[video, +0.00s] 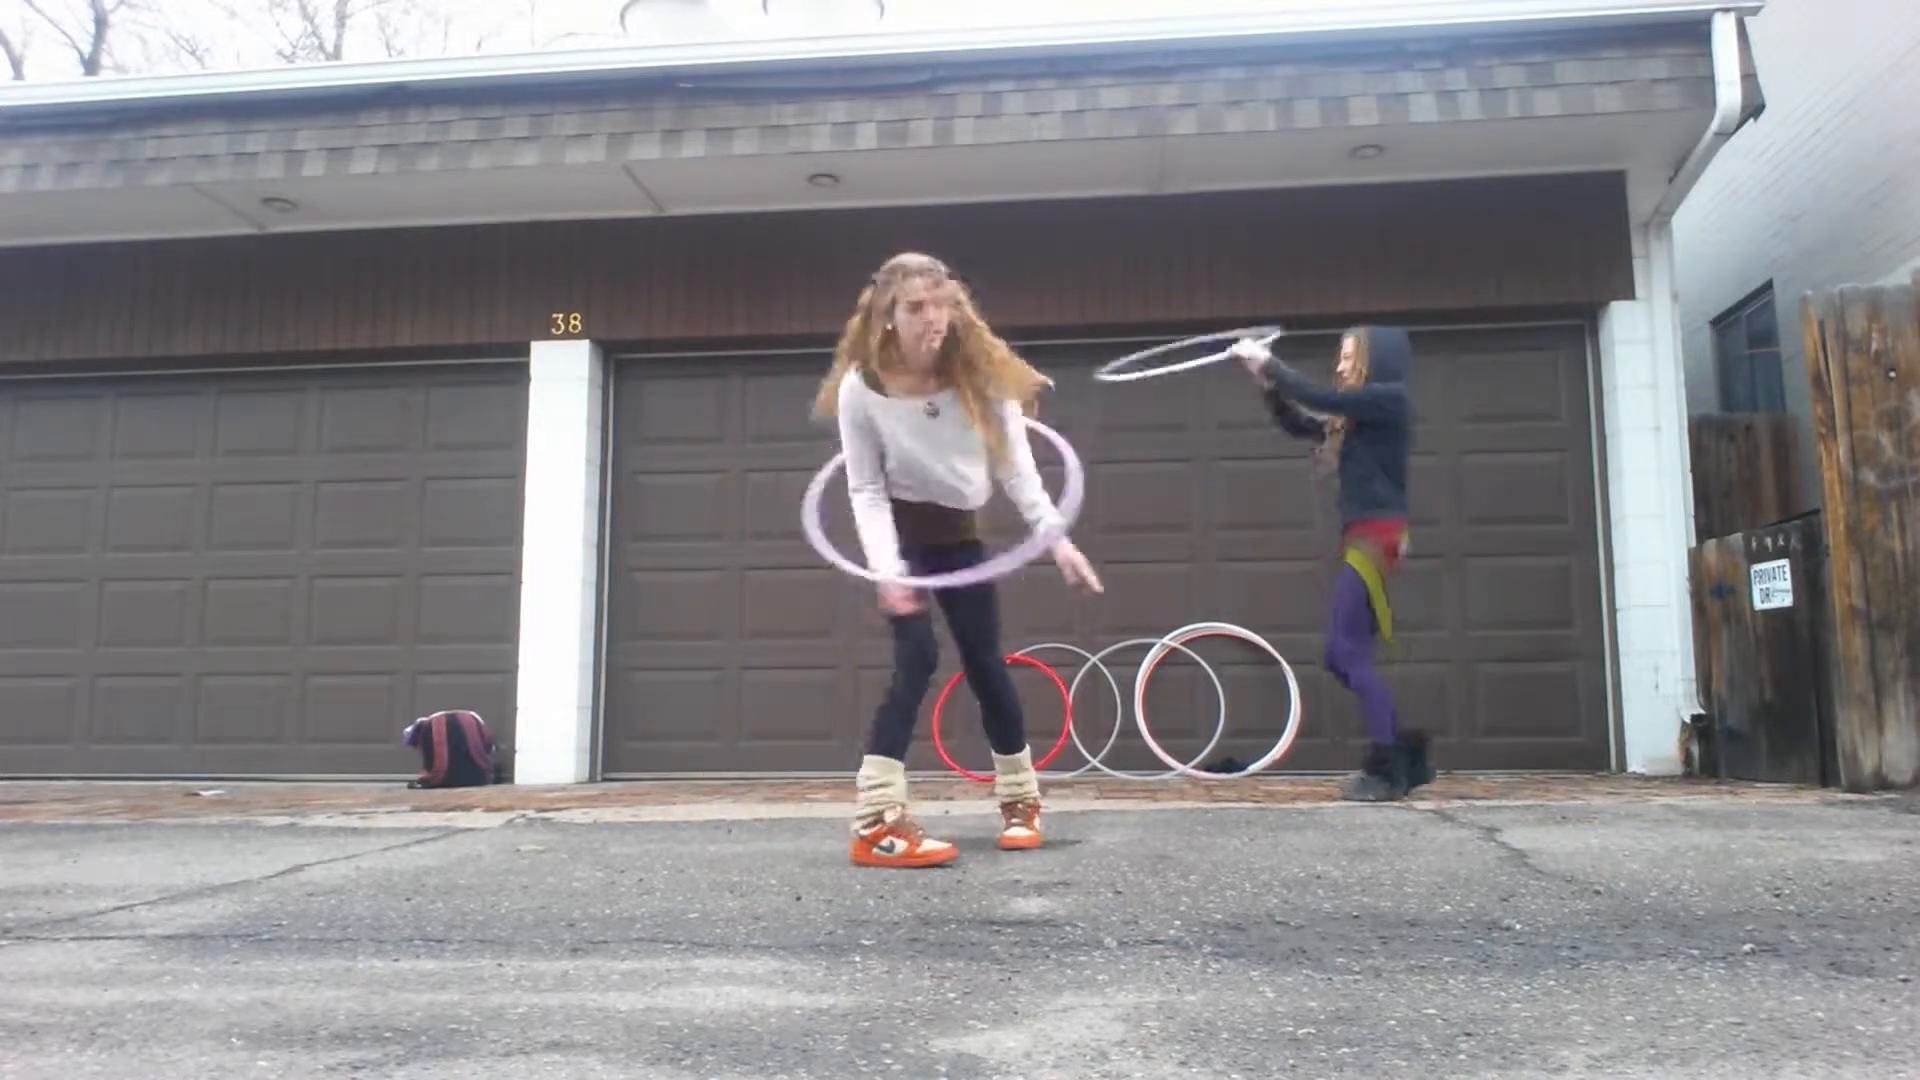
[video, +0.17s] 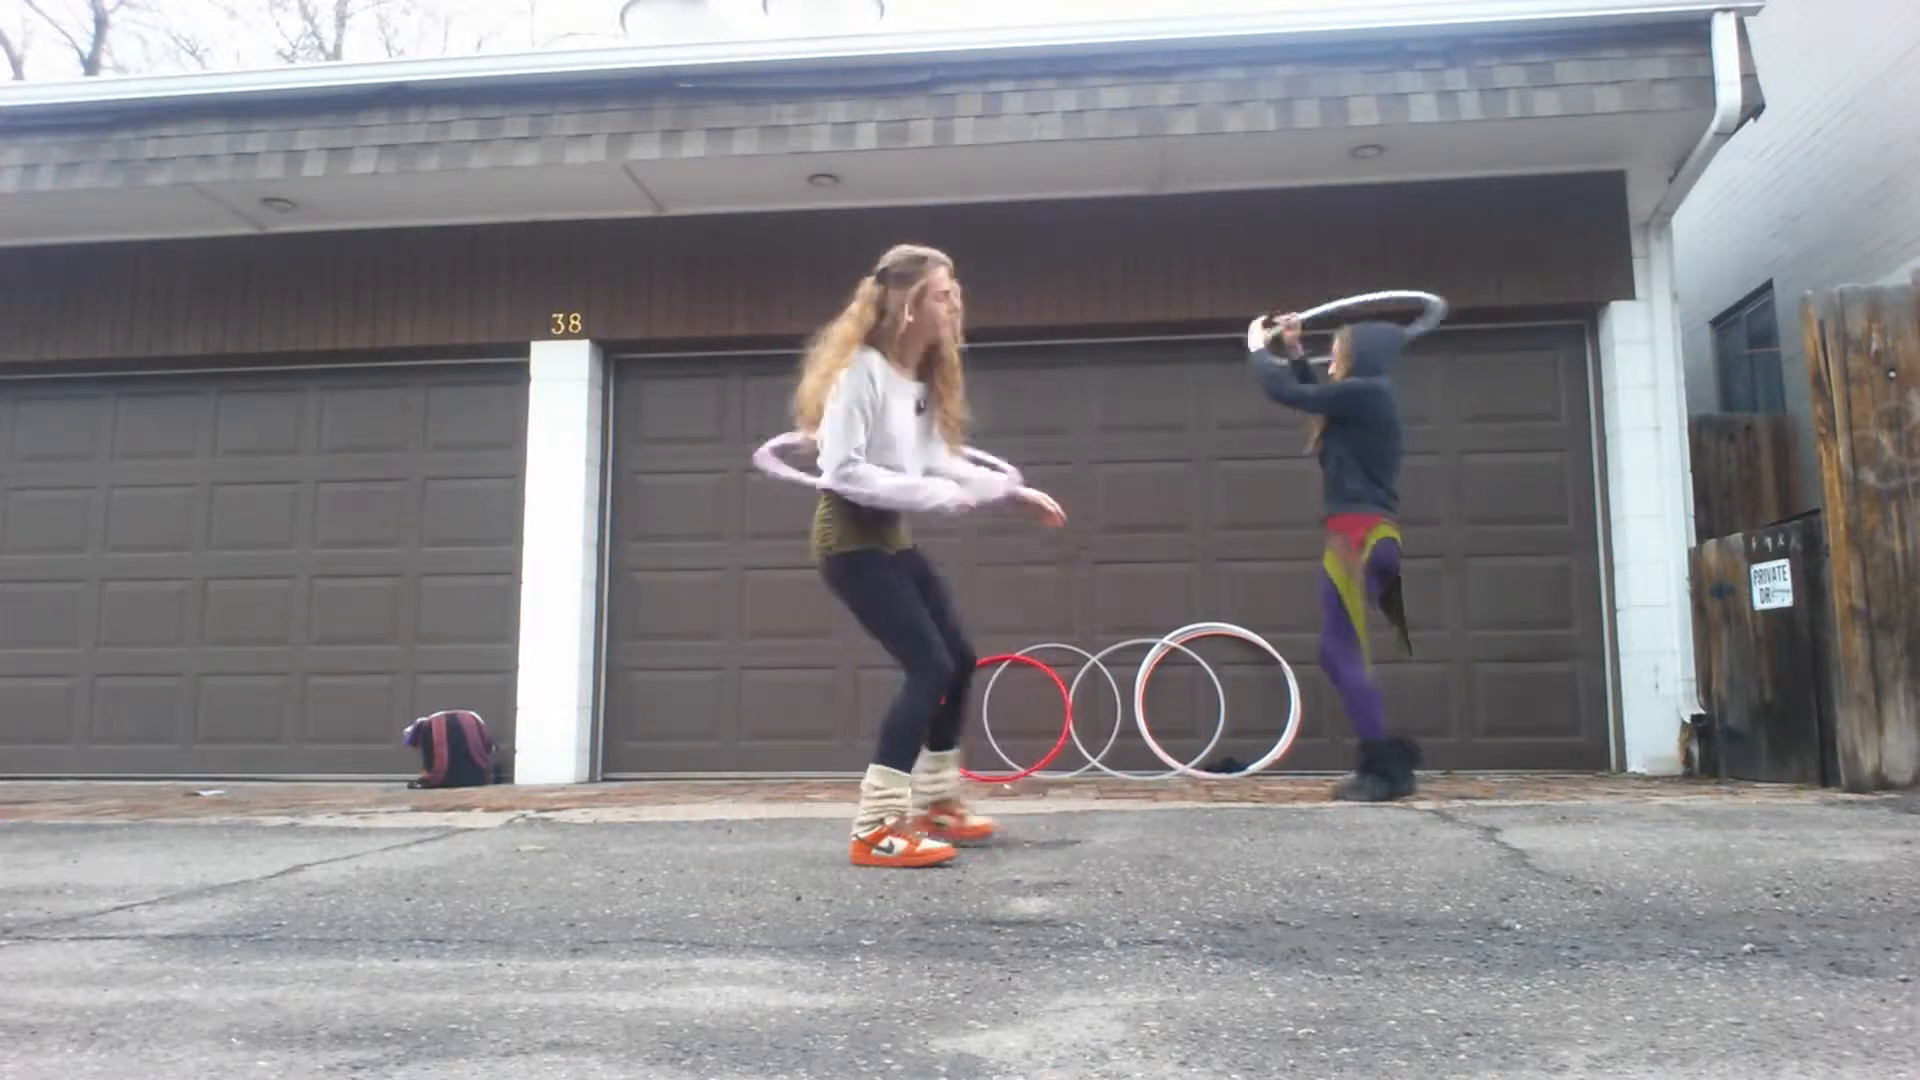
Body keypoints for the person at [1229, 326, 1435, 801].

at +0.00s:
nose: (1341, 366)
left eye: (1349, 358)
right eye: (1341, 358)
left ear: (1374, 360)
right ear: (1361, 363)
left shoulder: (1390, 399)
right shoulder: (1360, 407)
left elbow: (1326, 399)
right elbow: (1304, 427)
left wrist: (1270, 366)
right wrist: (1270, 388)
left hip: (1377, 534)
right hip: (1361, 534)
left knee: (1348, 650)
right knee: (1337, 656)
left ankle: (1386, 762)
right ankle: (1404, 747)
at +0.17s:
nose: (1330, 357)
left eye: (1337, 349)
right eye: (1332, 348)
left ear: (1355, 354)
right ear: (1375, 355)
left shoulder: (1363, 394)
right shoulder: (1372, 395)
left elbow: (1284, 390)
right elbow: (1320, 392)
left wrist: (1258, 349)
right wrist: (1295, 351)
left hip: (1354, 533)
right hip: (1363, 529)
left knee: (1340, 651)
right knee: (1334, 650)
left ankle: (1381, 763)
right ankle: (1381, 758)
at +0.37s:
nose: (1322, 361)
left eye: (1328, 354)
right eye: (1324, 353)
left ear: (1343, 356)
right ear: (1376, 354)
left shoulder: (1340, 392)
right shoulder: (1395, 397)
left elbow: (1303, 441)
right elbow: (1364, 440)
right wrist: (1321, 407)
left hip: (1340, 535)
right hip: (1379, 534)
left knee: (1325, 644)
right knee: (1368, 647)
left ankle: (1373, 752)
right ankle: (1378, 761)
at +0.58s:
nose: (1310, 366)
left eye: (1314, 359)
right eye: (1312, 358)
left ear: (1326, 358)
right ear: (1362, 358)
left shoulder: (1319, 400)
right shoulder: (1386, 409)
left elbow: (1298, 466)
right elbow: (1400, 483)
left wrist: (1289, 526)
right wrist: (1403, 544)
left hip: (1325, 531)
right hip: (1373, 532)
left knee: (1320, 648)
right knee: (1371, 649)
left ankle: (1323, 761)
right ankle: (1382, 763)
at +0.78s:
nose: (1295, 380)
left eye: (1299, 371)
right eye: (1295, 371)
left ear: (1320, 366)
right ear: (1343, 366)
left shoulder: (1317, 402)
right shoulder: (1370, 422)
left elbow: (1274, 448)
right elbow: (1385, 496)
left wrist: (1234, 488)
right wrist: (1397, 562)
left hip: (1317, 541)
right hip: (1358, 541)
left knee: (1299, 651)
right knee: (1358, 650)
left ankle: (1299, 760)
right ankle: (1379, 759)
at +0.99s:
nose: (1276, 378)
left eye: (1282, 369)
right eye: (1277, 370)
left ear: (1302, 369)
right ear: (1318, 368)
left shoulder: (1313, 400)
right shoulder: (1328, 418)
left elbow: (1269, 401)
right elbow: (1345, 491)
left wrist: (1219, 396)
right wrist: (1351, 560)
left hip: (1304, 543)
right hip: (1323, 543)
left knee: (1301, 657)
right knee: (1314, 656)